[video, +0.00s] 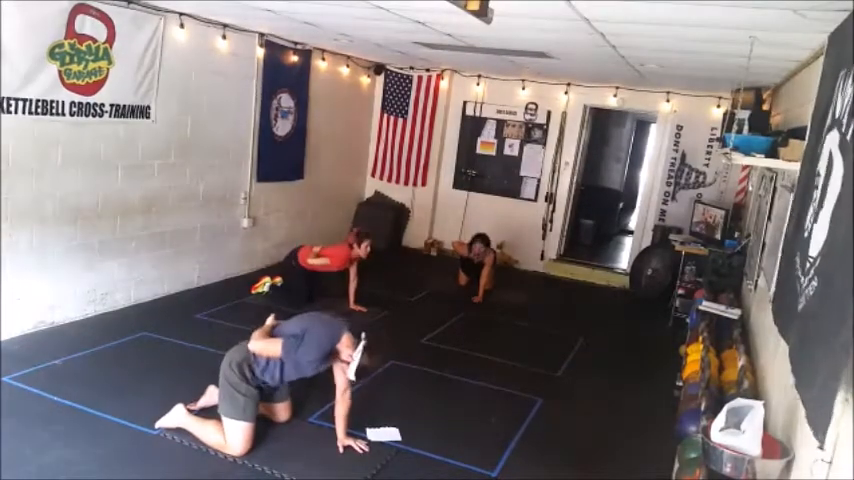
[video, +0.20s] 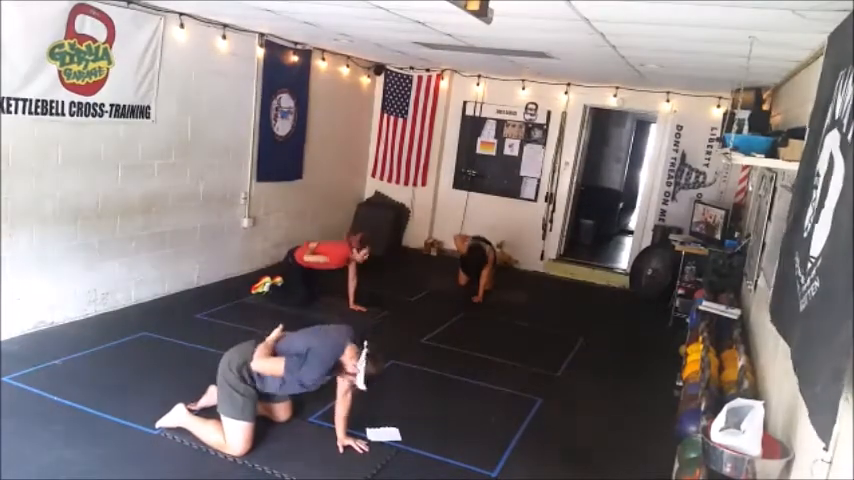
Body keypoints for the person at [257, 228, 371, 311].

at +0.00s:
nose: (369, 250)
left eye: (369, 247)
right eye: (366, 246)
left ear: (361, 247)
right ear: (357, 246)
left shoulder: (352, 257)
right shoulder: (342, 256)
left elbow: (353, 280)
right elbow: (310, 262)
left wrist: (351, 303)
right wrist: (315, 252)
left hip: (303, 254)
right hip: (296, 261)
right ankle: (270, 286)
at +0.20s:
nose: (366, 258)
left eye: (367, 255)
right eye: (364, 254)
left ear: (358, 250)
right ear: (355, 251)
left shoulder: (351, 254)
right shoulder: (339, 257)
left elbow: (352, 279)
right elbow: (305, 258)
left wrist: (351, 303)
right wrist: (312, 247)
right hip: (294, 262)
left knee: (310, 293)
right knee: (301, 297)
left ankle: (277, 284)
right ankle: (270, 288)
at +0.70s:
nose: (362, 263)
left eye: (364, 261)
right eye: (363, 260)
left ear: (361, 253)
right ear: (359, 254)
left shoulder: (351, 253)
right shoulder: (339, 256)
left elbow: (352, 278)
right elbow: (305, 255)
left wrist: (351, 303)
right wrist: (309, 245)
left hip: (304, 262)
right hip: (295, 262)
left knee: (308, 298)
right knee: (300, 301)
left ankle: (276, 283)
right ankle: (268, 290)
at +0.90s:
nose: (369, 250)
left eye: (369, 247)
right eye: (366, 246)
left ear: (359, 247)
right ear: (356, 246)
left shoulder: (353, 255)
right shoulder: (342, 257)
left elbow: (353, 279)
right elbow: (308, 263)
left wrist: (352, 303)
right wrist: (315, 253)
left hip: (303, 255)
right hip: (294, 262)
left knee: (309, 295)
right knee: (300, 300)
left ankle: (280, 282)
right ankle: (270, 288)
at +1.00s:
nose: (368, 250)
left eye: (370, 248)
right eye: (366, 247)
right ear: (357, 245)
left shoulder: (353, 255)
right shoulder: (341, 257)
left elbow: (353, 278)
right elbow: (309, 262)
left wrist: (351, 300)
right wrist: (315, 252)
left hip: (306, 258)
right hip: (295, 261)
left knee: (312, 296)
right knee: (300, 299)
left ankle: (280, 283)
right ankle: (270, 288)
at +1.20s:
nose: (366, 255)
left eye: (368, 252)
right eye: (365, 251)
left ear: (359, 247)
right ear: (356, 245)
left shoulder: (352, 254)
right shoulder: (341, 252)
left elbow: (353, 277)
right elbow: (312, 262)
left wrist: (352, 303)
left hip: (304, 260)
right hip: (294, 261)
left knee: (308, 295)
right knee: (301, 300)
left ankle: (280, 283)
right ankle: (271, 287)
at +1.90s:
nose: (368, 250)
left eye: (368, 246)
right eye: (366, 246)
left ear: (357, 246)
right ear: (356, 245)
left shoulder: (346, 251)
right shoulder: (340, 255)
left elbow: (327, 247)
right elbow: (336, 284)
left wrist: (314, 247)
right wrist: (337, 301)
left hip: (303, 254)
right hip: (294, 263)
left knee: (310, 292)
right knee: (302, 300)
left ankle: (277, 281)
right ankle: (269, 289)